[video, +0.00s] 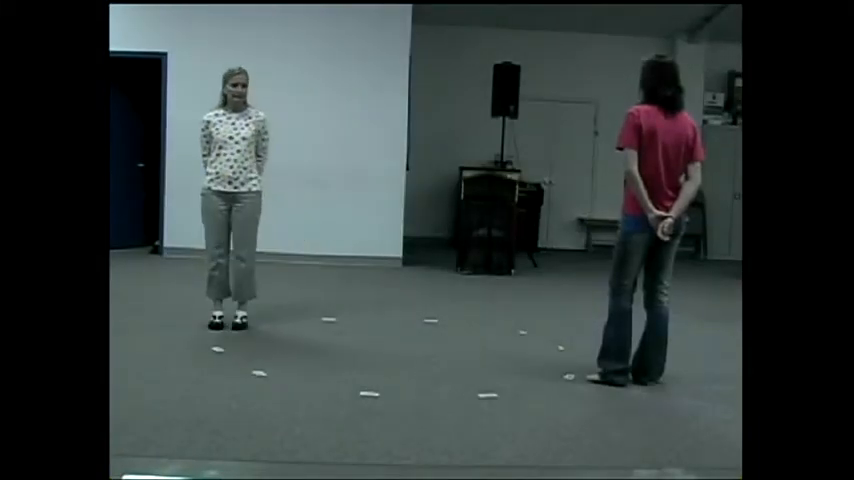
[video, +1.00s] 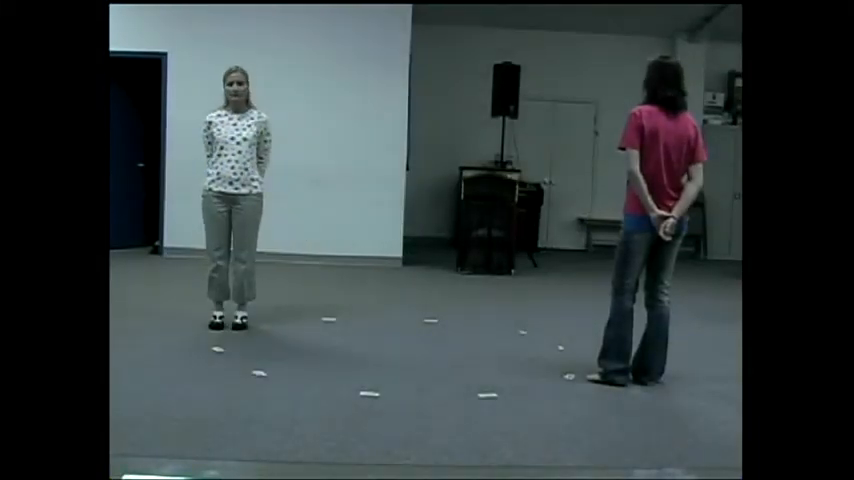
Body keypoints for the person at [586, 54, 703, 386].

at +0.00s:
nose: (642, 86)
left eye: (643, 80)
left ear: (647, 84)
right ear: (676, 85)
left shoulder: (638, 116)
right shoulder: (689, 124)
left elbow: (631, 168)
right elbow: (694, 178)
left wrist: (651, 210)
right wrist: (673, 216)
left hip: (638, 219)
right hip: (672, 220)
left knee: (622, 291)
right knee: (658, 293)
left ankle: (614, 368)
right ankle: (649, 370)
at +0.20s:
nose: (642, 86)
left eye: (643, 80)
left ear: (647, 84)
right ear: (676, 85)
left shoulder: (638, 116)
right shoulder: (689, 124)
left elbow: (631, 169)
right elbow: (694, 178)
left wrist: (651, 210)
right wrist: (674, 216)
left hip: (639, 219)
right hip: (672, 220)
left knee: (622, 291)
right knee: (659, 293)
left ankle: (615, 368)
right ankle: (649, 370)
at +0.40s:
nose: (642, 85)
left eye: (644, 79)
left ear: (647, 84)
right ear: (677, 86)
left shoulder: (638, 116)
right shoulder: (689, 124)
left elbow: (632, 168)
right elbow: (694, 178)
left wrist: (652, 210)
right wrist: (674, 216)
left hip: (639, 219)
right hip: (673, 220)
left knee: (623, 291)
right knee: (659, 292)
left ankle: (615, 368)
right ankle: (649, 370)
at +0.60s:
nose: (643, 85)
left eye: (645, 79)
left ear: (648, 84)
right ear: (678, 85)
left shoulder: (639, 116)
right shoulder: (689, 125)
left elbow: (632, 168)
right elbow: (695, 179)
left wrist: (652, 210)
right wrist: (675, 215)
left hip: (639, 219)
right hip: (673, 220)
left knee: (623, 291)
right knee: (659, 292)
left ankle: (614, 368)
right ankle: (649, 370)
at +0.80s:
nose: (644, 85)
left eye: (646, 79)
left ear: (649, 84)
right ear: (679, 85)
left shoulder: (640, 116)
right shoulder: (690, 125)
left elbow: (633, 168)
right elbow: (696, 179)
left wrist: (653, 210)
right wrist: (675, 216)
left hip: (640, 219)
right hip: (673, 220)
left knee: (624, 291)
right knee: (659, 292)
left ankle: (615, 368)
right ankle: (649, 370)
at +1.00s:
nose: (645, 85)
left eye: (647, 80)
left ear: (651, 84)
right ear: (680, 86)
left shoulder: (640, 116)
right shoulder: (690, 125)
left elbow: (633, 168)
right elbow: (696, 179)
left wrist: (653, 209)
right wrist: (675, 216)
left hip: (640, 219)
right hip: (674, 220)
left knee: (624, 292)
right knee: (659, 293)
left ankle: (615, 368)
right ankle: (649, 370)